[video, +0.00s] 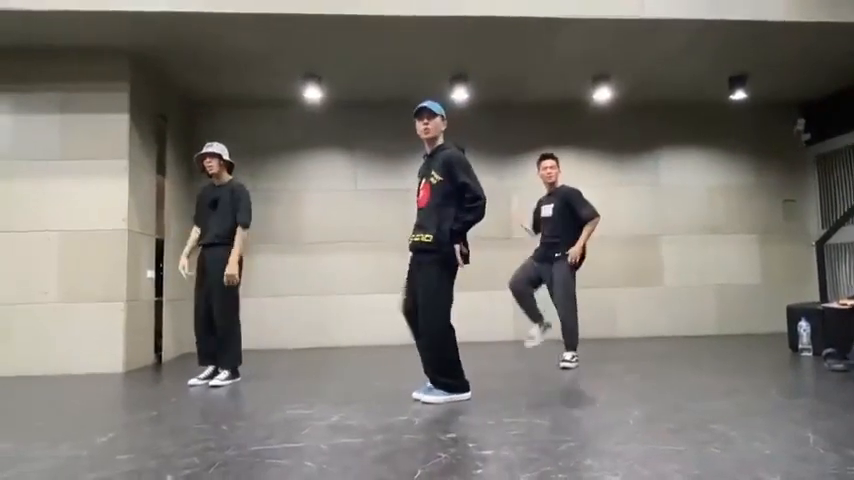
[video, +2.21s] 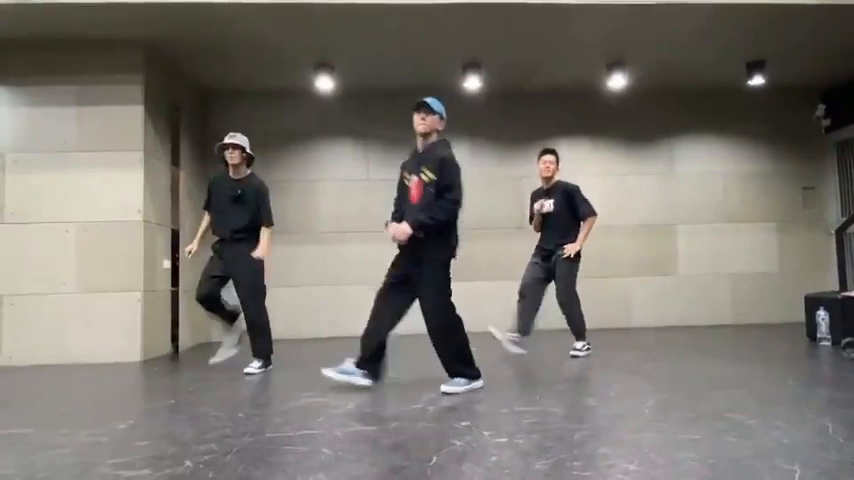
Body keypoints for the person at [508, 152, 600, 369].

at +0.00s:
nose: (549, 172)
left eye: (552, 167)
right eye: (545, 168)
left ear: (559, 170)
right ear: (539, 173)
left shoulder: (570, 194)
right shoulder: (542, 202)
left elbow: (593, 218)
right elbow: (539, 231)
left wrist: (579, 246)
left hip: (562, 258)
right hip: (541, 257)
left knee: (565, 305)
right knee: (517, 284)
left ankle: (570, 352)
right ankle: (540, 324)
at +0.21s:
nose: (549, 170)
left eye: (553, 166)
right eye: (545, 167)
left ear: (559, 169)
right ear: (539, 172)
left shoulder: (569, 193)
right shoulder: (541, 201)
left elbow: (592, 219)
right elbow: (542, 229)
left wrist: (579, 247)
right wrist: (542, 244)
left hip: (562, 256)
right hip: (541, 253)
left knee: (561, 303)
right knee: (509, 268)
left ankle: (571, 350)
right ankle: (540, 299)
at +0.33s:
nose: (546, 168)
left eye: (550, 164)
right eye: (542, 165)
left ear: (556, 168)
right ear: (536, 170)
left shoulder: (568, 192)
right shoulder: (537, 199)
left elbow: (592, 216)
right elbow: (533, 226)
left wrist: (579, 245)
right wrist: (551, 213)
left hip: (563, 254)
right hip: (540, 254)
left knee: (564, 301)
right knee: (514, 288)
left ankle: (573, 349)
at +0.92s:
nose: (515, 175)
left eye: (519, 171)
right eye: (511, 172)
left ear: (526, 173)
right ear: (506, 178)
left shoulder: (543, 196)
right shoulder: (509, 203)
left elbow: (561, 225)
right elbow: (507, 233)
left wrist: (553, 250)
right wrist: (519, 222)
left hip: (539, 256)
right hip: (517, 259)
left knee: (544, 301)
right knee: (507, 301)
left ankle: (574, 343)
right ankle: (513, 347)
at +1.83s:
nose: (541, 163)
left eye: (545, 160)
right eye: (537, 160)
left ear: (551, 164)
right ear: (532, 164)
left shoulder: (566, 185)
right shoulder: (530, 191)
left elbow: (587, 210)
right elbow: (529, 223)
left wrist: (581, 238)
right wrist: (537, 211)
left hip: (567, 248)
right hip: (542, 250)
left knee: (570, 292)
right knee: (533, 293)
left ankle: (580, 340)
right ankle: (525, 337)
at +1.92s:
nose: (544, 161)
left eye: (548, 158)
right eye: (541, 157)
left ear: (555, 162)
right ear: (536, 162)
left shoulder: (568, 182)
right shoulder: (533, 190)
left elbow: (588, 208)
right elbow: (532, 221)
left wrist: (581, 236)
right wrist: (539, 206)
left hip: (568, 246)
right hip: (544, 247)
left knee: (574, 292)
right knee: (529, 286)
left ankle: (580, 340)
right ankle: (543, 322)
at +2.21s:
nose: (547, 166)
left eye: (551, 163)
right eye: (543, 162)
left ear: (557, 167)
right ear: (538, 166)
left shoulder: (569, 190)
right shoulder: (536, 195)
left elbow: (590, 217)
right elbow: (536, 227)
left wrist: (578, 244)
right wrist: (538, 214)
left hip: (565, 250)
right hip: (543, 250)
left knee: (565, 294)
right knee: (528, 290)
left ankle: (581, 341)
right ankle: (520, 336)